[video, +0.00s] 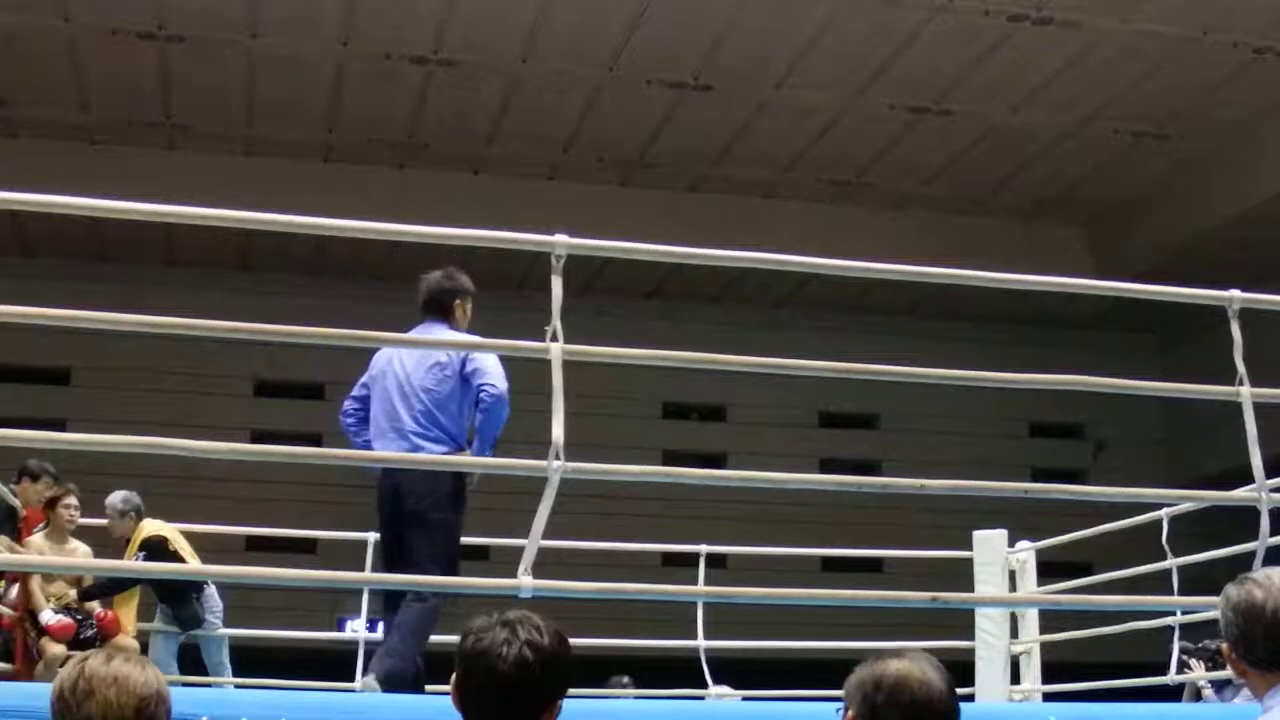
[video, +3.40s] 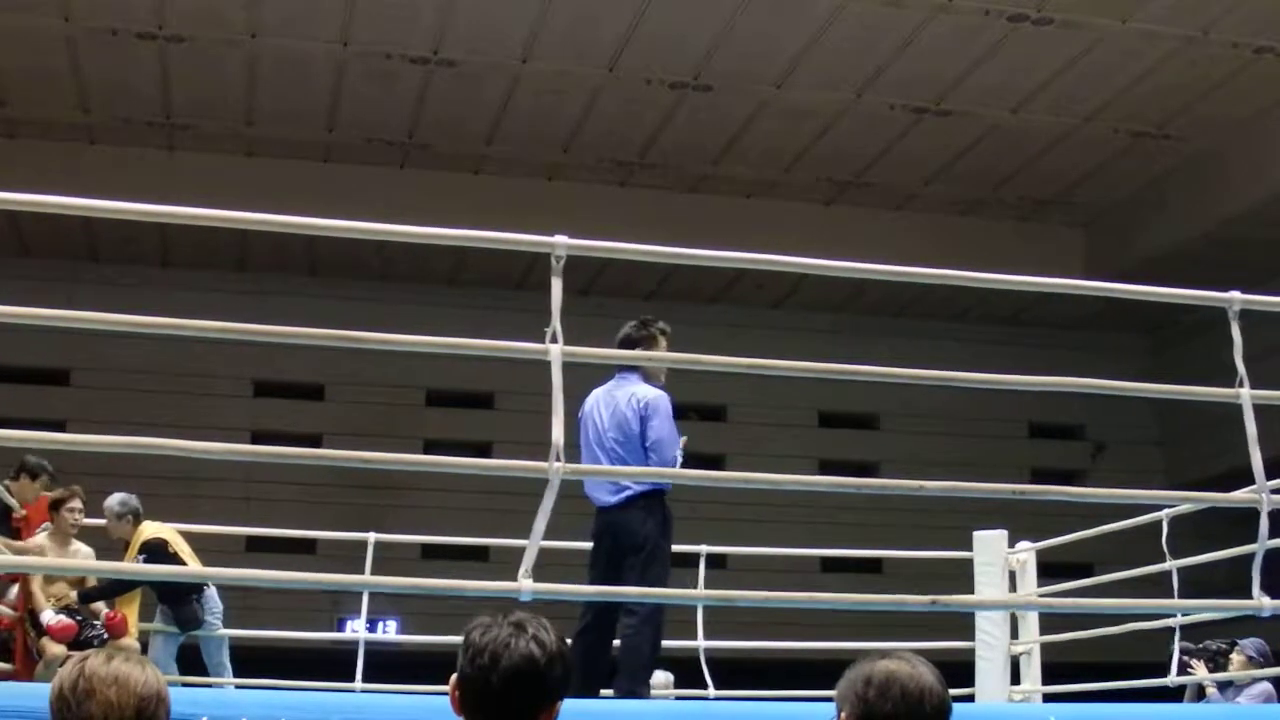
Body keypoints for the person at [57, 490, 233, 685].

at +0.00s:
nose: (107, 523)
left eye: (111, 518)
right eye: (107, 518)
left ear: (130, 519)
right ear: (130, 518)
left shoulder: (154, 539)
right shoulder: (140, 536)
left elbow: (125, 581)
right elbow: (123, 582)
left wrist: (79, 595)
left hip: (201, 601)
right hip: (171, 603)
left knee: (218, 666)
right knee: (161, 661)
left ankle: (229, 713)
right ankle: (174, 709)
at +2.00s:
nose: (107, 525)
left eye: (111, 520)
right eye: (107, 520)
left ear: (130, 520)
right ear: (129, 520)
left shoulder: (154, 542)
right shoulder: (138, 539)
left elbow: (126, 584)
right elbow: (127, 582)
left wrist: (79, 596)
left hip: (201, 600)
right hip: (169, 603)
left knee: (218, 665)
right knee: (160, 660)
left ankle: (229, 713)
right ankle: (173, 710)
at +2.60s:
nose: (105, 524)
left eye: (109, 519)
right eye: (106, 518)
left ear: (127, 521)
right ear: (127, 521)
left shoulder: (154, 542)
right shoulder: (136, 540)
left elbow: (125, 584)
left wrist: (79, 596)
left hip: (202, 601)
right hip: (170, 603)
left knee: (218, 666)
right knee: (160, 660)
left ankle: (229, 711)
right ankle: (177, 709)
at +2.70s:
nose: (105, 524)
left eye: (109, 518)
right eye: (106, 518)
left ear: (128, 520)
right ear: (128, 520)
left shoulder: (154, 541)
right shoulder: (137, 540)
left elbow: (124, 584)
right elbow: (123, 584)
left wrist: (79, 596)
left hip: (202, 600)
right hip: (171, 603)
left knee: (218, 666)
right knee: (160, 660)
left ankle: (229, 712)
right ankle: (176, 709)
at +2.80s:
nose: (106, 525)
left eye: (109, 519)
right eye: (106, 519)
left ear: (127, 521)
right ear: (127, 520)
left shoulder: (154, 542)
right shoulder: (138, 538)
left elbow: (126, 583)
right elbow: (124, 582)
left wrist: (79, 596)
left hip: (202, 600)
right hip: (171, 603)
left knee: (218, 666)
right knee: (160, 660)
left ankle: (229, 712)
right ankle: (176, 709)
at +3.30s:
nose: (106, 525)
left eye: (109, 520)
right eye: (106, 520)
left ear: (128, 521)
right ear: (129, 520)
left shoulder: (154, 543)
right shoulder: (139, 539)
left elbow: (125, 583)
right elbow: (127, 583)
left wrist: (78, 597)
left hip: (202, 600)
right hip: (171, 603)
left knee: (217, 665)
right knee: (160, 660)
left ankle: (230, 713)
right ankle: (173, 709)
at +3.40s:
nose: (105, 525)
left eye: (109, 519)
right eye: (106, 519)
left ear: (128, 520)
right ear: (128, 520)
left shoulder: (154, 543)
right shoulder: (139, 539)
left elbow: (124, 584)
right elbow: (125, 583)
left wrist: (79, 597)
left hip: (202, 600)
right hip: (171, 603)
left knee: (217, 664)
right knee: (159, 660)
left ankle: (230, 712)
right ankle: (175, 708)